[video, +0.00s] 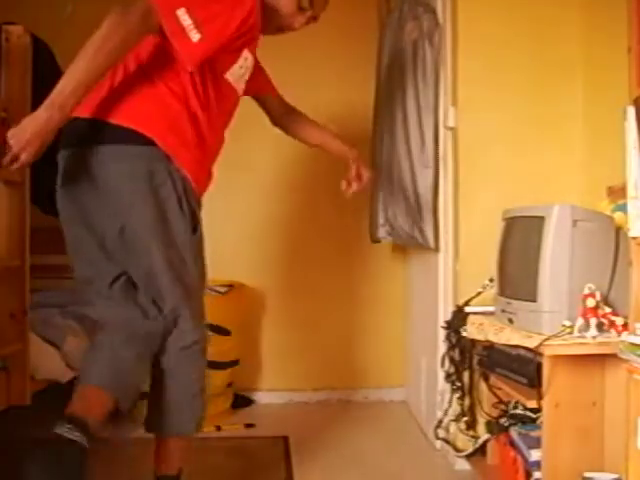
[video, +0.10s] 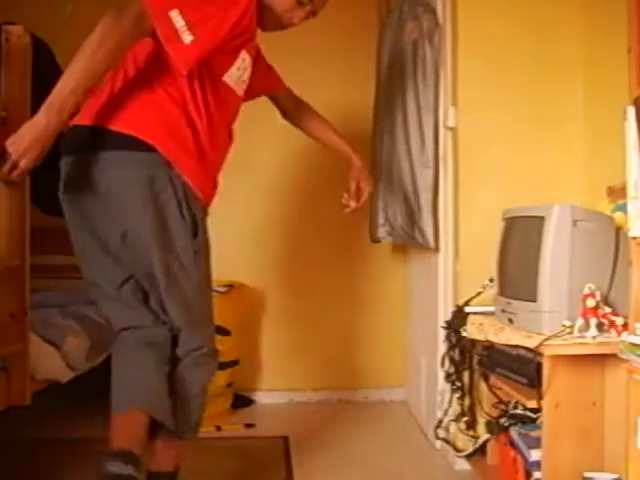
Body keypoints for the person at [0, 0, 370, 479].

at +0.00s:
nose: (305, 23)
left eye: (312, 19)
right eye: (308, 11)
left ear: (293, 13)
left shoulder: (243, 54)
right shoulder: (237, 8)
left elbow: (283, 113)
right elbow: (136, 14)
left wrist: (344, 150)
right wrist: (50, 114)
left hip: (87, 148)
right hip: (143, 152)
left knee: (129, 308)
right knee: (181, 320)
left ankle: (72, 432)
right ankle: (170, 470)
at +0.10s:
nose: (306, 18)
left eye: (313, 13)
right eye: (308, 7)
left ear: (294, 7)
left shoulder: (248, 52)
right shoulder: (232, 6)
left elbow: (291, 103)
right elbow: (128, 18)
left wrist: (351, 154)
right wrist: (46, 122)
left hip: (90, 158)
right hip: (146, 161)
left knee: (138, 323)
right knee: (192, 337)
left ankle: (122, 459)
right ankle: (163, 471)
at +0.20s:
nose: (299, 15)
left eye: (307, 10)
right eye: (301, 3)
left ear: (298, 9)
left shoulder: (234, 45)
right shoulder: (233, 4)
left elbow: (284, 96)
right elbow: (135, 16)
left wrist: (356, 139)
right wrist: (53, 119)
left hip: (94, 154)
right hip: (156, 158)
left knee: (140, 323)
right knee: (193, 332)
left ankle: (115, 459)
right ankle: (163, 469)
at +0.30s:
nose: (297, 13)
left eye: (302, 8)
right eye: (301, 5)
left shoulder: (225, 25)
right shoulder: (247, 2)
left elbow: (266, 82)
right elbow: (158, 11)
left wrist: (342, 119)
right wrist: (87, 115)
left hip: (103, 152)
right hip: (168, 159)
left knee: (126, 318)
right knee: (191, 328)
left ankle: (71, 440)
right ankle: (164, 472)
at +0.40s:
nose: (296, 13)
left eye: (299, 9)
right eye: (299, 6)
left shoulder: (217, 18)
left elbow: (256, 72)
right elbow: (185, 21)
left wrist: (325, 116)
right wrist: (119, 133)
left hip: (102, 149)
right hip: (169, 160)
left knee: (117, 323)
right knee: (190, 331)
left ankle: (53, 437)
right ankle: (165, 470)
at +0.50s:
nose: (294, 10)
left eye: (298, 7)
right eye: (297, 3)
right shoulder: (253, 3)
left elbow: (255, 81)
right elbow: (171, 26)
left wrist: (317, 132)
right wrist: (116, 141)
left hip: (108, 160)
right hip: (175, 167)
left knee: (119, 319)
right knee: (187, 331)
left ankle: (97, 425)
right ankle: (169, 470)